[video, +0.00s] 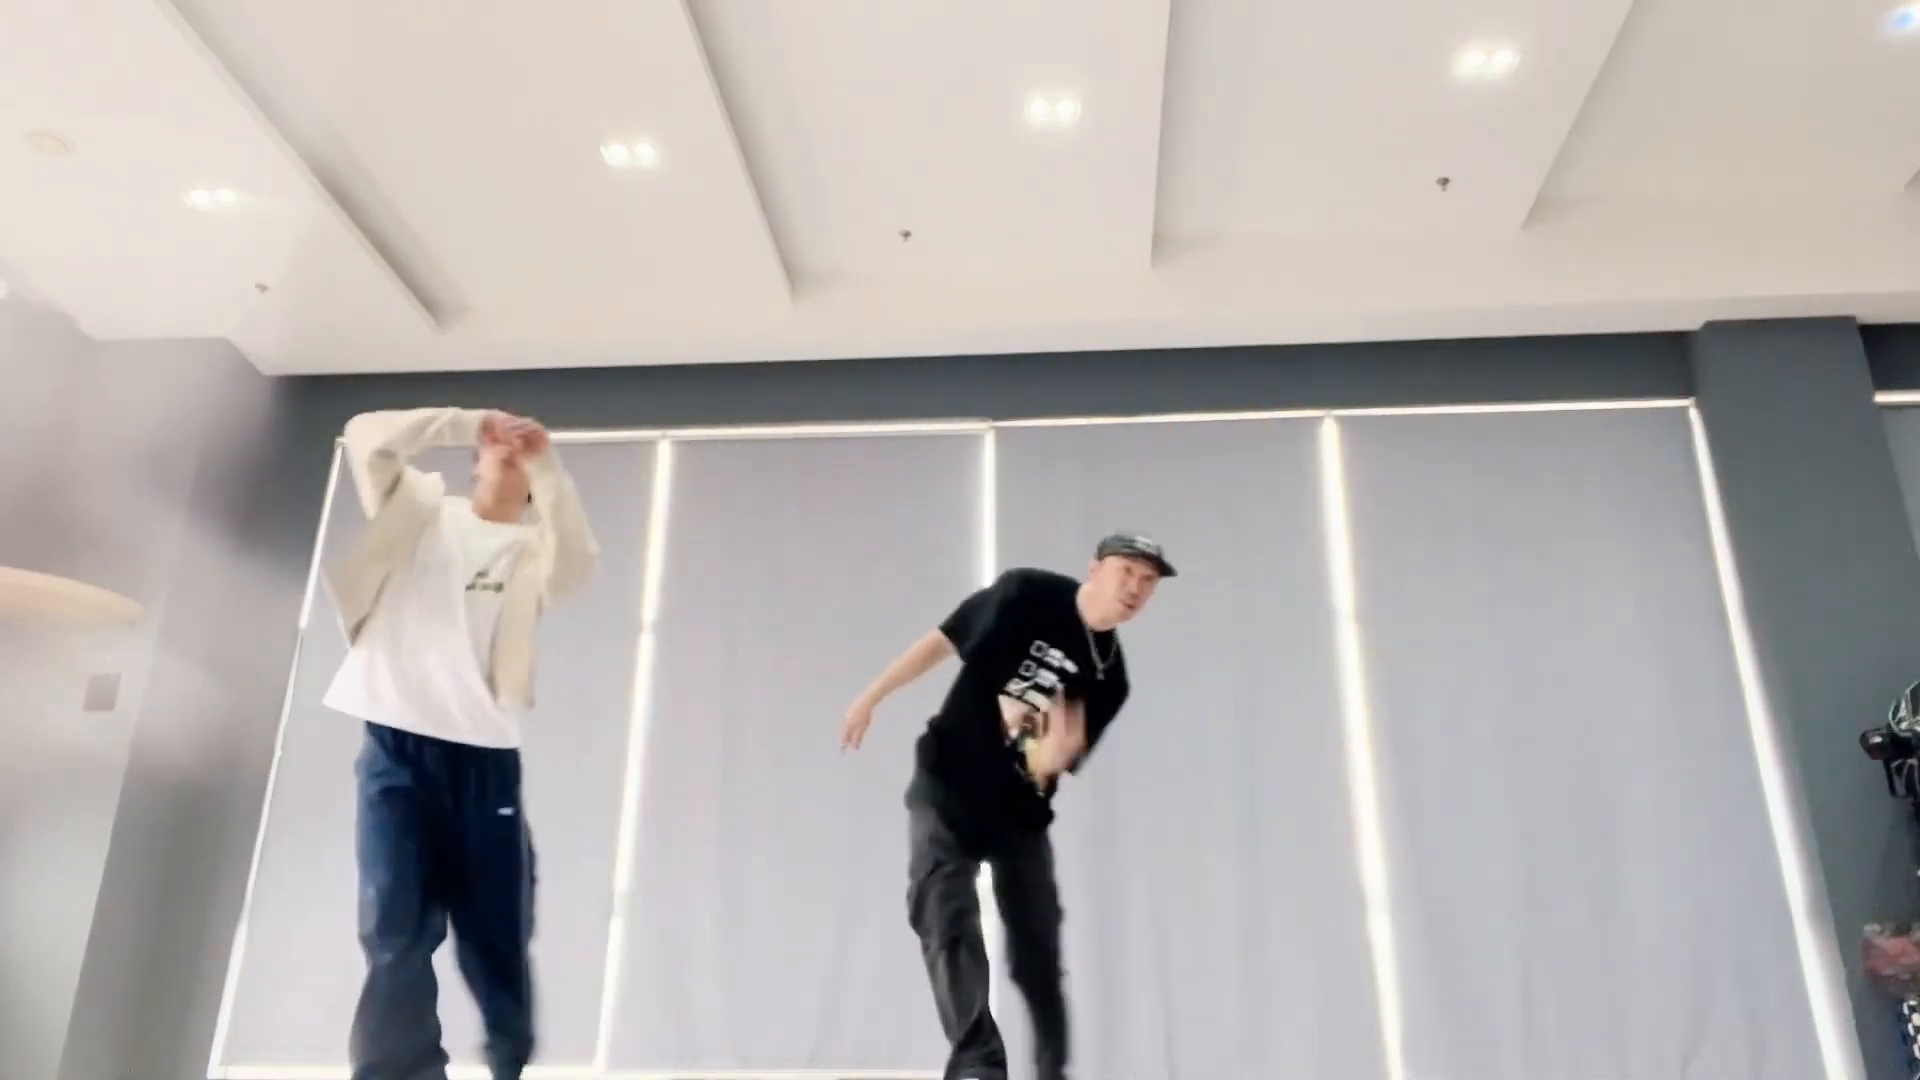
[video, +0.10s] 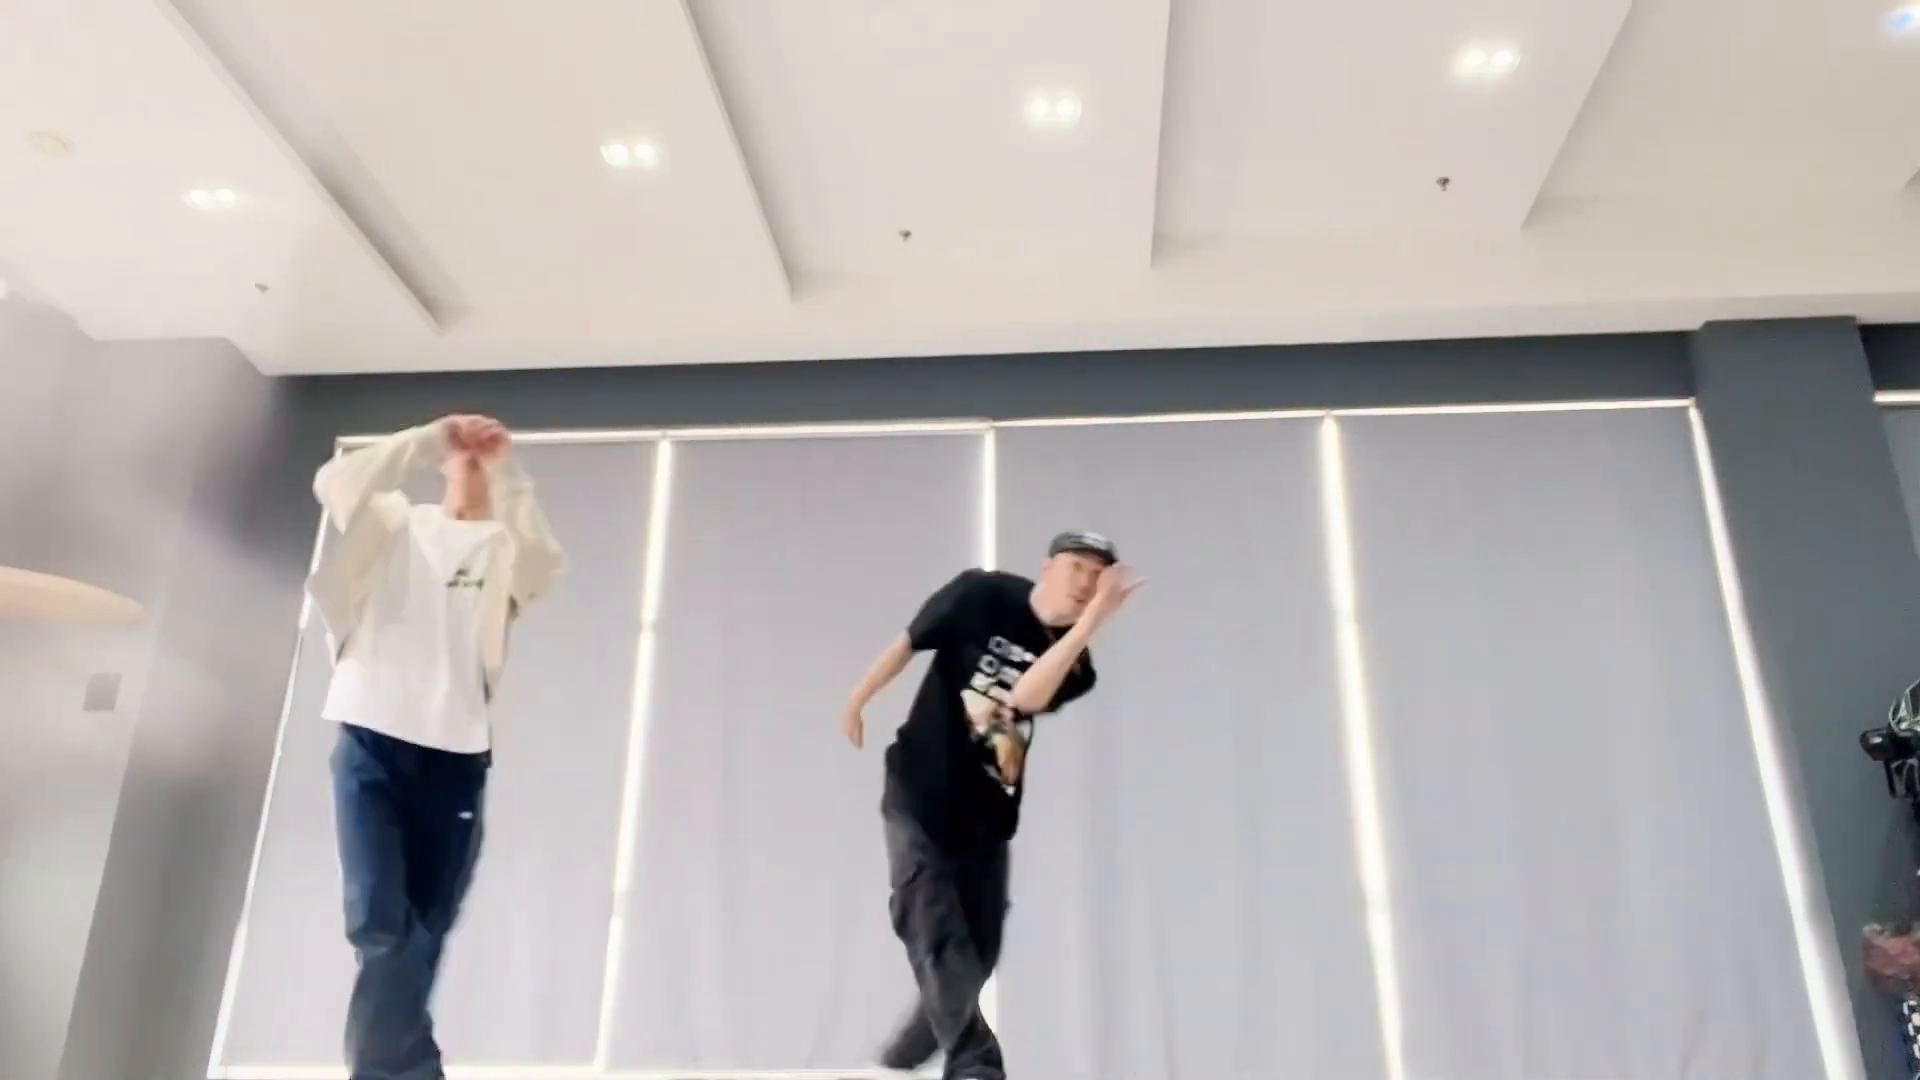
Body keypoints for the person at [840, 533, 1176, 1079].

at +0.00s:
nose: (1136, 591)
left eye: (1148, 584)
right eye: (1128, 574)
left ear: (1151, 595)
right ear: (1095, 568)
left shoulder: (1111, 682)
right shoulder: (1024, 594)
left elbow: (1048, 770)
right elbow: (942, 644)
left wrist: (1048, 757)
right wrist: (870, 698)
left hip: (1020, 804)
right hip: (951, 779)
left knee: (1036, 949)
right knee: (946, 916)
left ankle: (1052, 1069)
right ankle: (977, 1064)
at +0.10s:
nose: (1086, 586)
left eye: (1097, 579)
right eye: (1078, 570)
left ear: (1102, 592)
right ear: (1047, 566)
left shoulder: (1077, 669)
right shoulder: (981, 593)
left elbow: (1026, 696)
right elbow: (909, 645)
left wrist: (1092, 616)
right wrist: (856, 702)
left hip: (988, 803)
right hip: (923, 777)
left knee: (981, 944)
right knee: (930, 915)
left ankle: (900, 1056)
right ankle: (973, 1064)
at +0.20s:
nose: (1032, 584)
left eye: (1044, 577)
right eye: (1024, 569)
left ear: (1050, 591)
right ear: (998, 569)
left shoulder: (1036, 655)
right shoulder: (934, 607)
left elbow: (1030, 672)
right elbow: (872, 665)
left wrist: (1063, 615)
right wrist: (835, 737)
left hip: (956, 824)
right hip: (890, 799)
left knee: (895, 948)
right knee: (907, 932)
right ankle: (967, 1067)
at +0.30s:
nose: (979, 597)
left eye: (993, 589)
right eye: (970, 583)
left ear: (1004, 604)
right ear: (947, 588)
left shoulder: (1002, 680)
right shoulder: (895, 639)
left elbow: (965, 742)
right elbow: (847, 706)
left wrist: (961, 654)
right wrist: (818, 777)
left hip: (926, 839)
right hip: (863, 807)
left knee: (843, 966)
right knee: (857, 883)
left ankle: (750, 1068)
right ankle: (905, 1055)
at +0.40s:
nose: (946, 585)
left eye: (959, 577)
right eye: (936, 573)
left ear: (971, 592)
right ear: (914, 580)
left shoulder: (984, 683)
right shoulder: (869, 651)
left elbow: (952, 780)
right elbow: (830, 743)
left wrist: (890, 767)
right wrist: (843, 753)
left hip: (925, 831)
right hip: (857, 804)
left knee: (866, 963)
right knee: (843, 880)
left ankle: (769, 1050)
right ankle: (795, 1041)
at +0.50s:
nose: (921, 580)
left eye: (934, 573)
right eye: (910, 570)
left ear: (950, 588)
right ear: (890, 584)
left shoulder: (982, 674)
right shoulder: (860, 656)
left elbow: (991, 765)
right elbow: (822, 728)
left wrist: (913, 811)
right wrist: (815, 756)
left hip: (931, 851)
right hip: (854, 832)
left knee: (927, 978)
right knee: (812, 945)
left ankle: (837, 1004)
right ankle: (741, 1073)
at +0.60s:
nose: (921, 583)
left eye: (933, 574)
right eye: (909, 575)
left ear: (953, 588)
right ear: (892, 591)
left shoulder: (993, 670)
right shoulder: (870, 663)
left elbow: (1019, 761)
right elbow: (817, 748)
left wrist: (939, 804)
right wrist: (824, 682)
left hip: (972, 852)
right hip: (880, 857)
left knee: (1042, 908)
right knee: (816, 952)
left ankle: (970, 979)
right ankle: (753, 1070)